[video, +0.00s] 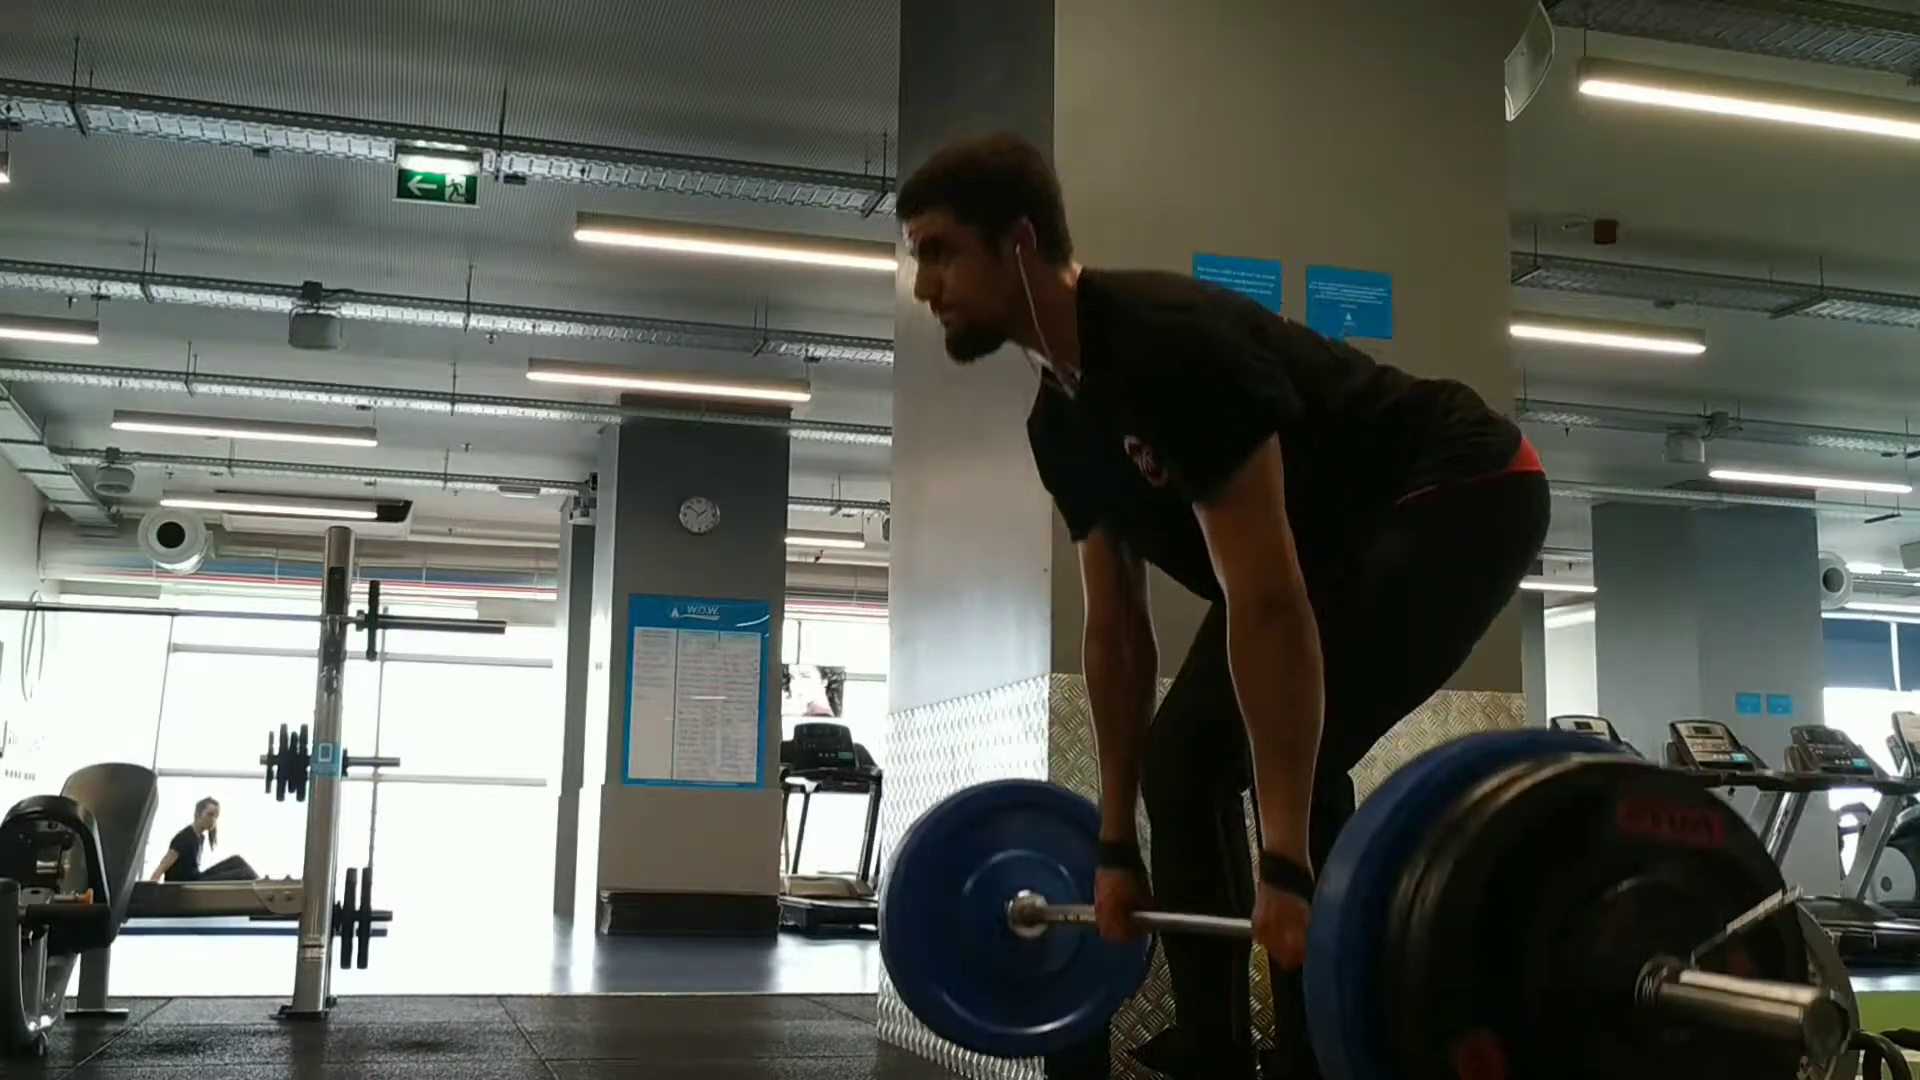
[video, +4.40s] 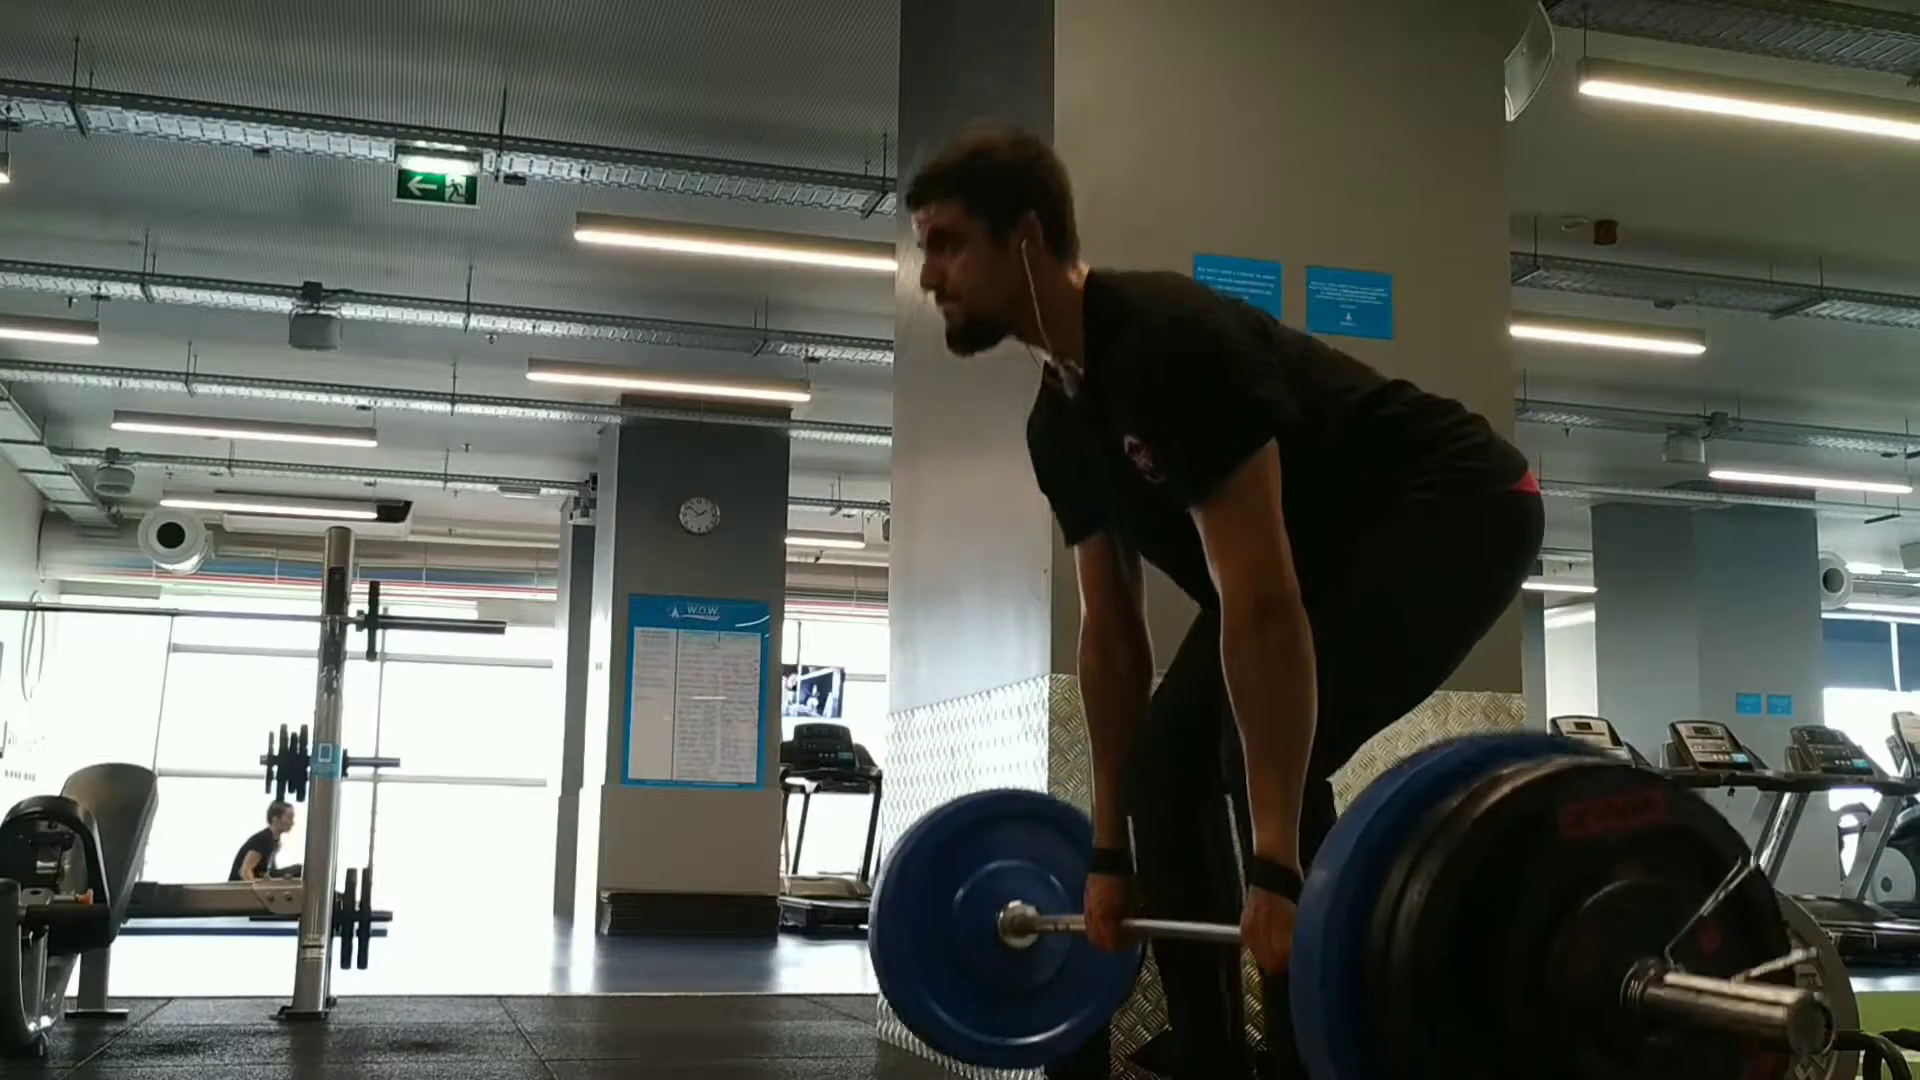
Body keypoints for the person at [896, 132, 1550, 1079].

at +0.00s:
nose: (922, 288)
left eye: (938, 255)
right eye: (918, 263)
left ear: (1020, 242)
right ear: (1012, 252)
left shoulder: (1172, 341)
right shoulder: (1061, 424)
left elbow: (1270, 605)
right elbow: (1114, 631)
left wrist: (1287, 868)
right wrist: (1116, 843)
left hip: (1458, 491)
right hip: (1318, 530)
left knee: (1295, 754)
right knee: (1179, 758)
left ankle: (1312, 1047)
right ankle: (1210, 1037)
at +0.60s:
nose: (963, 123)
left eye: (981, 95)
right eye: (960, 101)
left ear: (1064, 96)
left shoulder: (1192, 210)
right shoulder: (1072, 298)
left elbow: (1274, 465)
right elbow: (1121, 503)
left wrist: (1284, 714)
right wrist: (1120, 723)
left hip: (1426, 482)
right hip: (1289, 509)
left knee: (1314, 762)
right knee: (1201, 754)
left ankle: (1312, 1056)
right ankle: (1211, 1042)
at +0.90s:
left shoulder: (1283, 67)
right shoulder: (1153, 143)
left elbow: (1307, 314)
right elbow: (1147, 371)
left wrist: (1286, 539)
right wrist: (1124, 576)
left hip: (1308, 500)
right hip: (1211, 503)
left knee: (1280, 778)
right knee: (1186, 775)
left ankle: (1311, 1056)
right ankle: (1211, 1046)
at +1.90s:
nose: (978, 123)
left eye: (996, 94)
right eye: (972, 100)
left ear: (1077, 91)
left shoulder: (1208, 207)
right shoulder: (1088, 284)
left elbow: (1287, 464)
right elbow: (1134, 506)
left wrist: (1287, 707)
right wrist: (1124, 714)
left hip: (1430, 491)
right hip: (1295, 516)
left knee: (1318, 766)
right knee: (1204, 760)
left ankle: (1314, 1059)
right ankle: (1213, 1046)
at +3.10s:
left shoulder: (1273, 77)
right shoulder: (1149, 144)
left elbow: (1301, 320)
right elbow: (1147, 372)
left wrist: (1280, 548)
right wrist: (1125, 581)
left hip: (1295, 515)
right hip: (1202, 518)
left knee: (1278, 788)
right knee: (1184, 779)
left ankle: (1311, 1058)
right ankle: (1210, 1047)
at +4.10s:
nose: (968, 147)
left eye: (984, 116)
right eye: (961, 124)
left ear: (1067, 108)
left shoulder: (1199, 225)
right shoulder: (1083, 303)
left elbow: (1279, 487)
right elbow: (1128, 523)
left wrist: (1278, 731)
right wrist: (1114, 743)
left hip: (1431, 501)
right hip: (1294, 524)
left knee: (1311, 775)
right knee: (1189, 769)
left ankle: (1310, 1059)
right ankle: (1211, 1045)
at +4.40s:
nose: (926, 276)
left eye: (945, 246)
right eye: (923, 252)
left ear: (1027, 240)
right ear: (1017, 249)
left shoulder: (1172, 340)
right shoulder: (1059, 424)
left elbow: (1264, 610)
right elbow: (1110, 635)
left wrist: (1277, 871)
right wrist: (1110, 853)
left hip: (1452, 505)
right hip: (1312, 547)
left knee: (1271, 747)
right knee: (1165, 757)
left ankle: (1316, 1044)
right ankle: (1202, 1045)